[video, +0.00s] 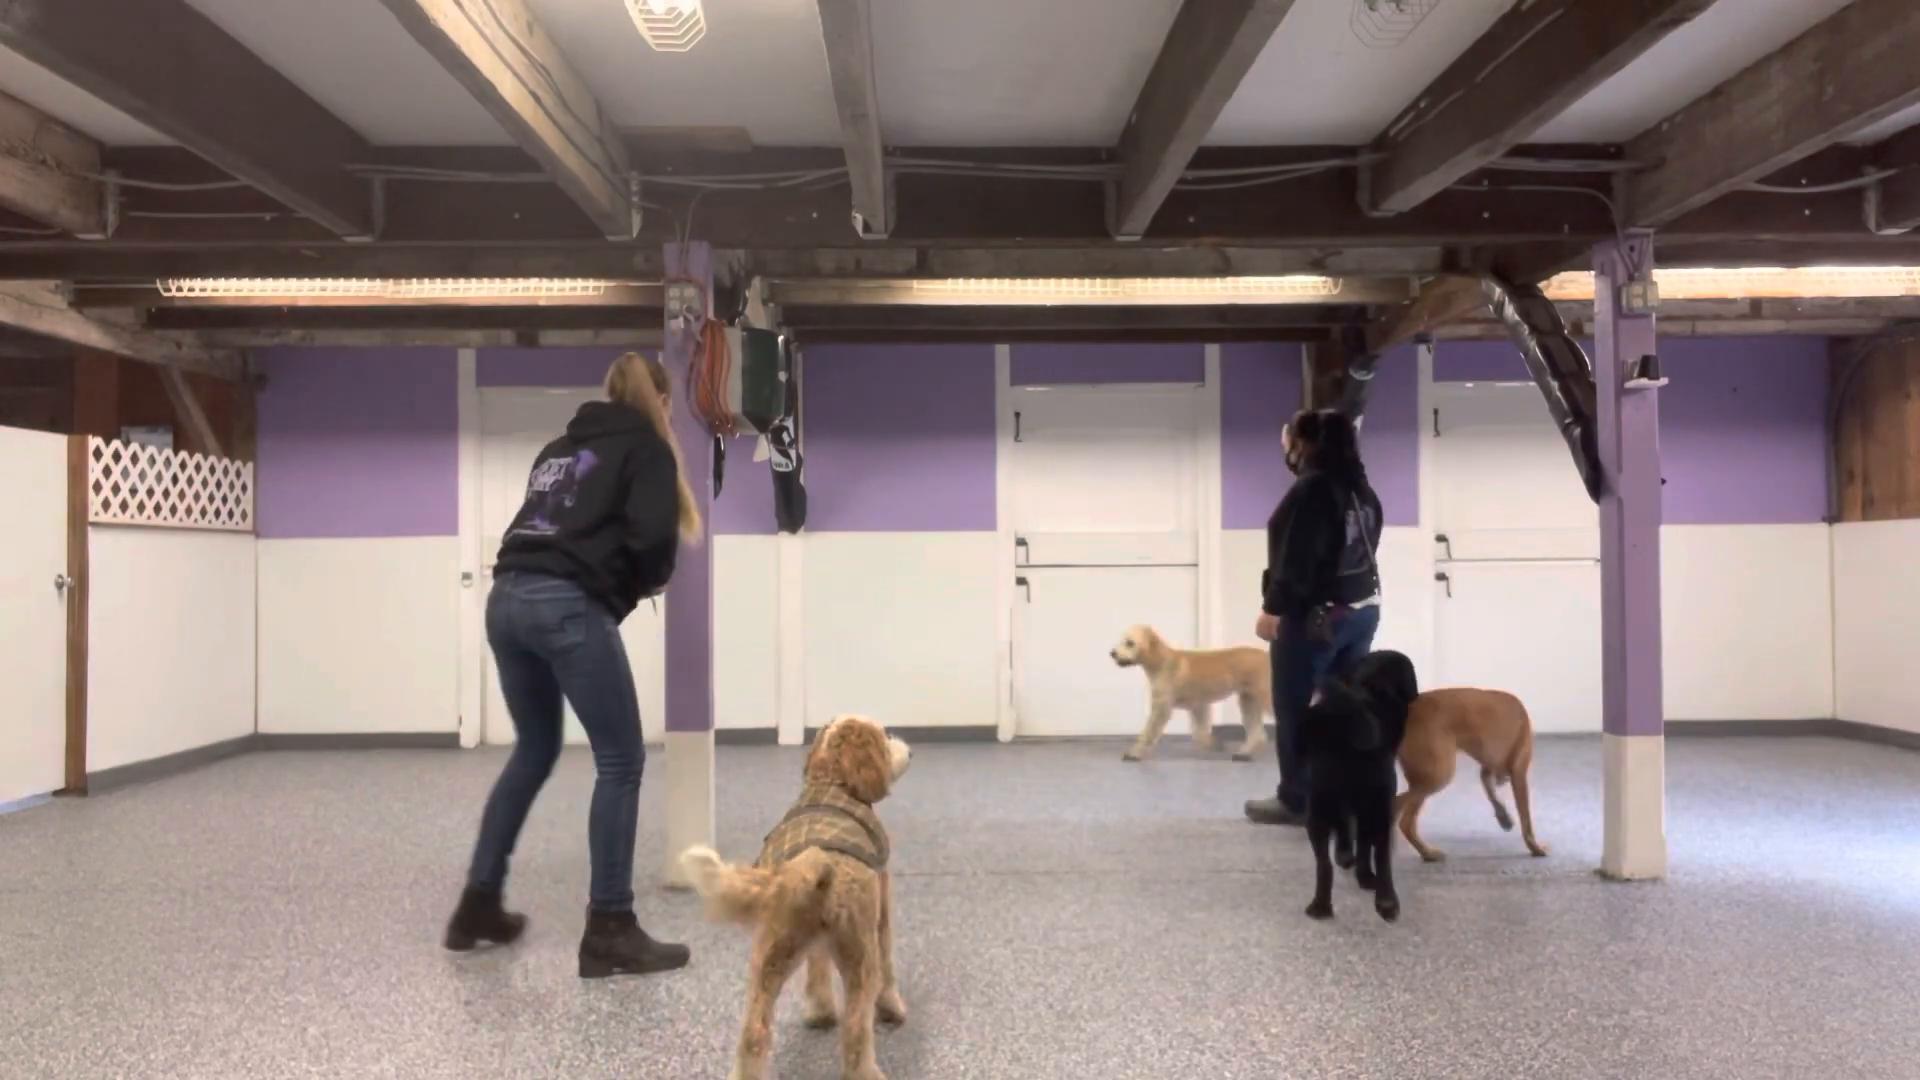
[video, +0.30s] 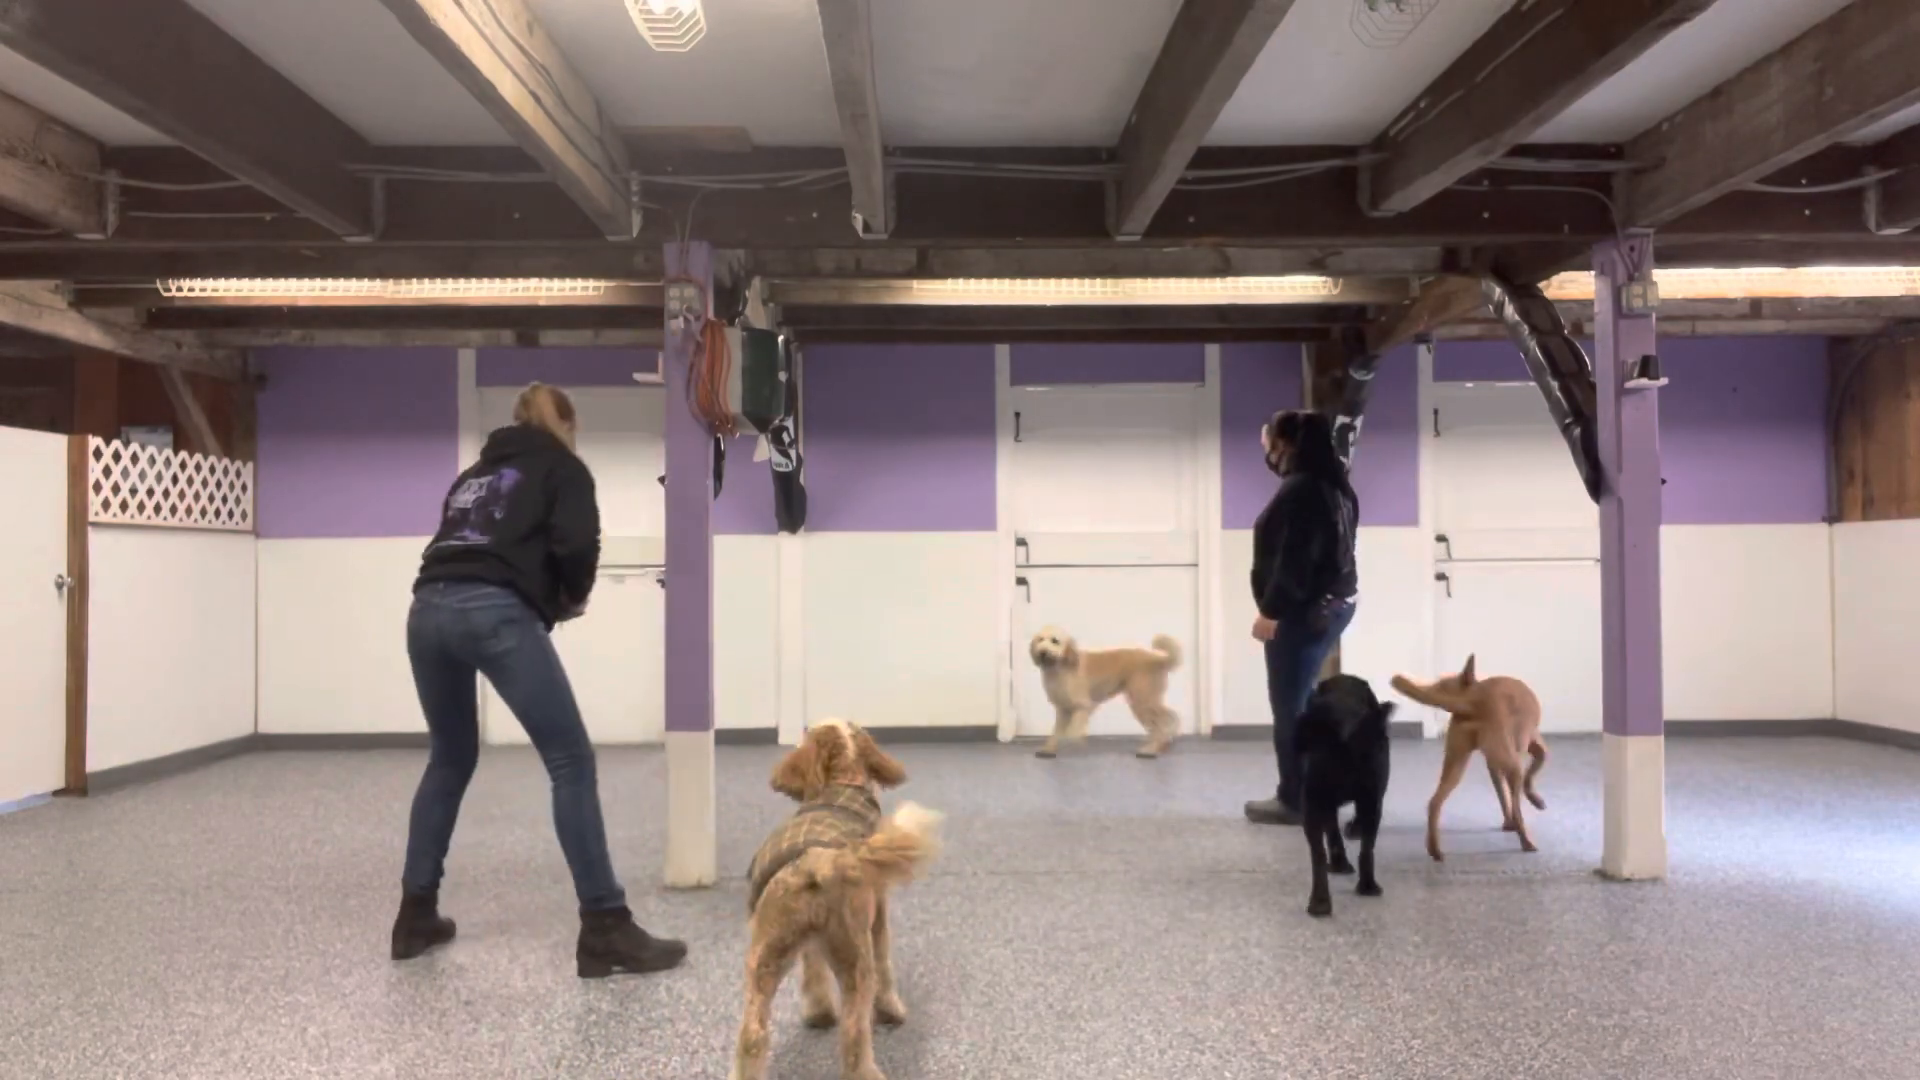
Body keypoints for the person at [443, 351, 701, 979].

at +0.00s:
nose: (671, 408)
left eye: (668, 399)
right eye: (668, 399)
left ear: (608, 395)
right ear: (659, 400)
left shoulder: (563, 444)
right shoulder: (647, 447)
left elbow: (547, 520)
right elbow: (653, 536)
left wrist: (604, 572)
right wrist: (645, 582)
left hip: (507, 599)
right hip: (568, 604)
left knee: (534, 752)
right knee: (620, 762)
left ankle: (478, 907)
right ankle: (611, 929)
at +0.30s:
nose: (572, 436)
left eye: (569, 428)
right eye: (572, 428)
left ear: (516, 423)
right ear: (565, 426)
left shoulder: (476, 469)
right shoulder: (565, 468)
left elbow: (462, 540)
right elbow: (574, 543)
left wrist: (533, 594)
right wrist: (572, 597)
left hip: (428, 611)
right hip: (496, 610)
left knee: (450, 756)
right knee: (570, 763)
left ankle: (415, 915)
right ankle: (605, 926)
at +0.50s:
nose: (537, 449)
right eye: (535, 440)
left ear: (480, 437)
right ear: (529, 441)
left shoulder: (442, 484)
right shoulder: (537, 477)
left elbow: (421, 555)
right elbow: (558, 550)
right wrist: (541, 609)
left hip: (411, 612)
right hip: (486, 609)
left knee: (436, 759)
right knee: (556, 763)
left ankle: (414, 915)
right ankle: (590, 926)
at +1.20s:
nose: (448, 417)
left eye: (445, 408)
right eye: (446, 408)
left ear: (387, 409)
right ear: (436, 406)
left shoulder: (354, 470)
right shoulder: (443, 457)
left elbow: (332, 561)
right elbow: (478, 530)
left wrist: (373, 598)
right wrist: (520, 579)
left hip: (356, 629)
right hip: (426, 619)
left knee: (427, 759)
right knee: (512, 758)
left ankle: (415, 915)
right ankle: (534, 920)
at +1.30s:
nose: (437, 408)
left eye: (434, 399)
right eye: (435, 398)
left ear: (372, 397)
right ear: (422, 397)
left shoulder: (341, 460)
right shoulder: (424, 450)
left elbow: (327, 549)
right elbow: (459, 524)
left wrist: (378, 579)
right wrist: (504, 572)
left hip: (343, 623)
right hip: (409, 616)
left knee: (420, 757)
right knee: (487, 754)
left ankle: (414, 912)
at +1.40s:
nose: (421, 398)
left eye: (419, 388)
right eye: (419, 388)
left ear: (358, 389)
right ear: (409, 388)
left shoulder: (326, 451)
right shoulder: (410, 444)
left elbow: (312, 540)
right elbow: (446, 521)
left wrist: (357, 579)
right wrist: (489, 569)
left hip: (328, 620)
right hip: (393, 616)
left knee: (410, 761)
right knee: (446, 759)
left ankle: (414, 913)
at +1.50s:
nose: (406, 395)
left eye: (404, 385)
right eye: (403, 385)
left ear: (340, 382)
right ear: (390, 386)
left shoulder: (304, 446)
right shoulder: (387, 442)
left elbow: (286, 535)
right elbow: (426, 522)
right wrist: (463, 569)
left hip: (301, 621)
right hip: (360, 622)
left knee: (392, 765)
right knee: (383, 773)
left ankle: (413, 911)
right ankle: (267, 911)